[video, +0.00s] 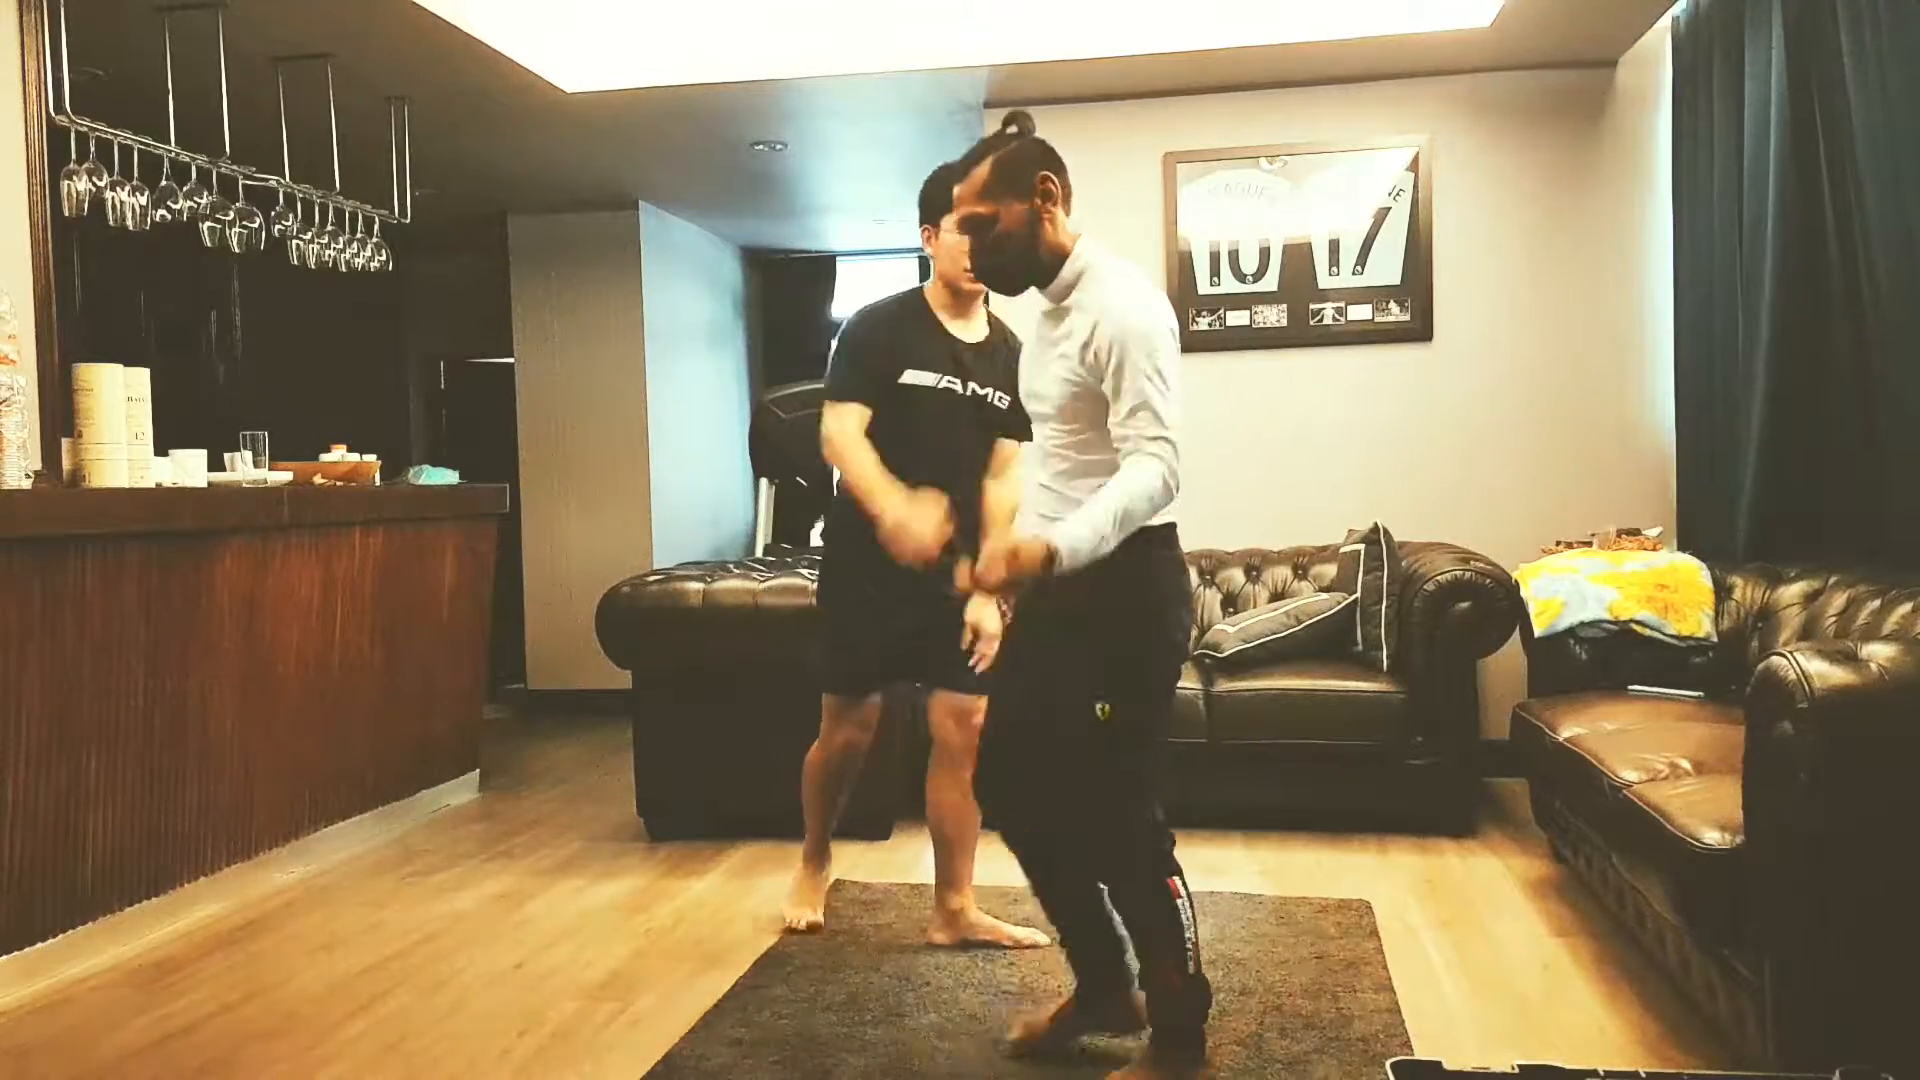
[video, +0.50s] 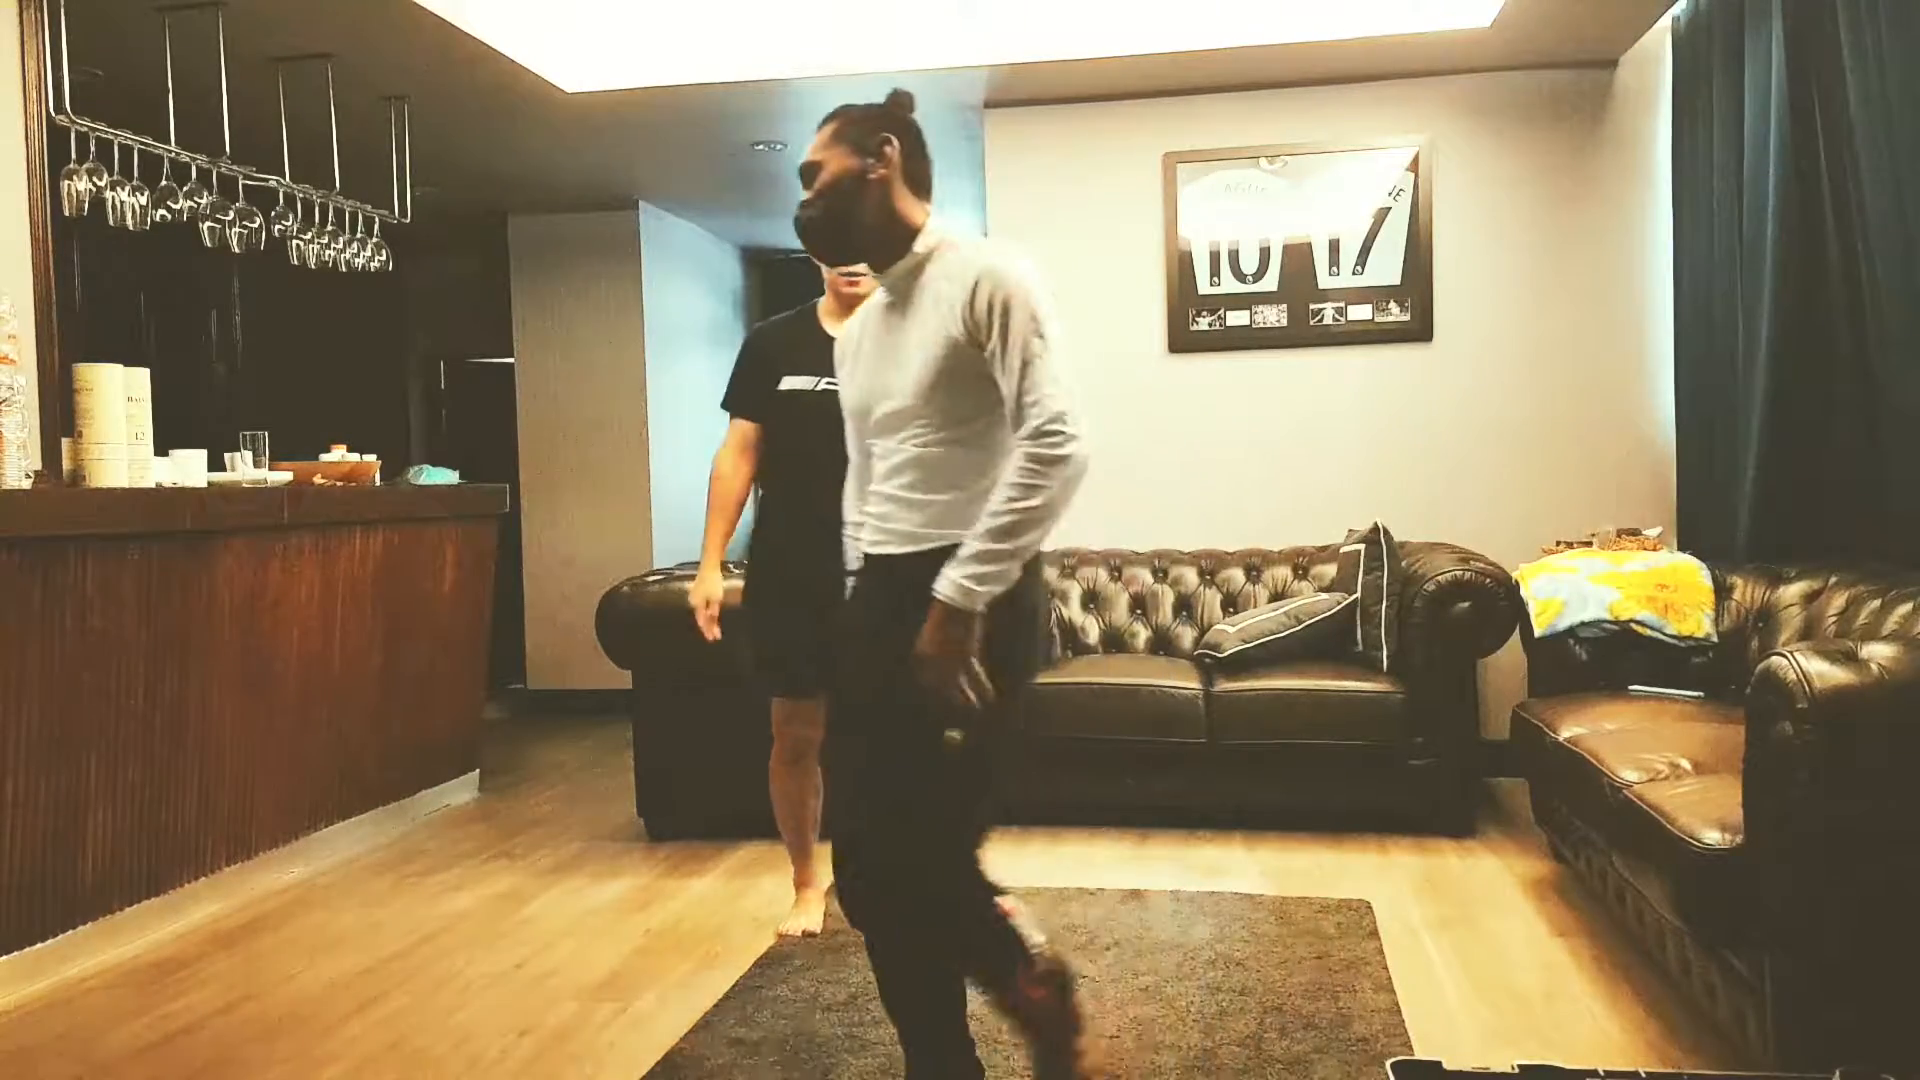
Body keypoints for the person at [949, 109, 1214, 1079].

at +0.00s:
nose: (976, 246)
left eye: (987, 225)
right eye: (969, 229)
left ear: (1051, 198)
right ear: (1036, 207)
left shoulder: (1126, 306)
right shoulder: (1035, 311)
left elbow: (1154, 466)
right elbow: (1048, 453)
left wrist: (1056, 543)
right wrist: (1010, 547)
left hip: (1128, 578)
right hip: (1054, 580)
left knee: (1114, 798)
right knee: (1012, 783)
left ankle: (1180, 1026)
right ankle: (1103, 991)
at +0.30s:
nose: (869, 205)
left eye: (886, 184)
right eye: (868, 188)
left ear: (956, 180)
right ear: (946, 186)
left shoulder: (1048, 296)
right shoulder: (946, 309)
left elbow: (1100, 479)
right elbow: (973, 476)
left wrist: (1043, 639)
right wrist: (947, 628)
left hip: (1062, 593)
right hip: (968, 595)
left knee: (1097, 845)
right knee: (948, 858)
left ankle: (1171, 1012)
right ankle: (966, 1062)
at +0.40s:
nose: (833, 199)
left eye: (849, 178)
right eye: (832, 183)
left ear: (919, 172)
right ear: (909, 179)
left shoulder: (1018, 280)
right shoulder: (896, 317)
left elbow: (1068, 460)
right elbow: (925, 471)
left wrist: (1009, 623)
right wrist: (903, 611)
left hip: (1017, 590)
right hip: (924, 592)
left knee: (1020, 861)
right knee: (904, 869)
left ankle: (1126, 991)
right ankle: (947, 1065)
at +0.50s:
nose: (804, 199)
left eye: (818, 177)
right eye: (802, 183)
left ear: (886, 160)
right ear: (876, 168)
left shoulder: (987, 277)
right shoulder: (858, 325)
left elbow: (1054, 443)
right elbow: (866, 473)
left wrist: (960, 601)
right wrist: (857, 593)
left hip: (969, 596)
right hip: (880, 594)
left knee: (920, 851)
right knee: (869, 855)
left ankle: (1041, 998)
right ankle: (940, 1061)